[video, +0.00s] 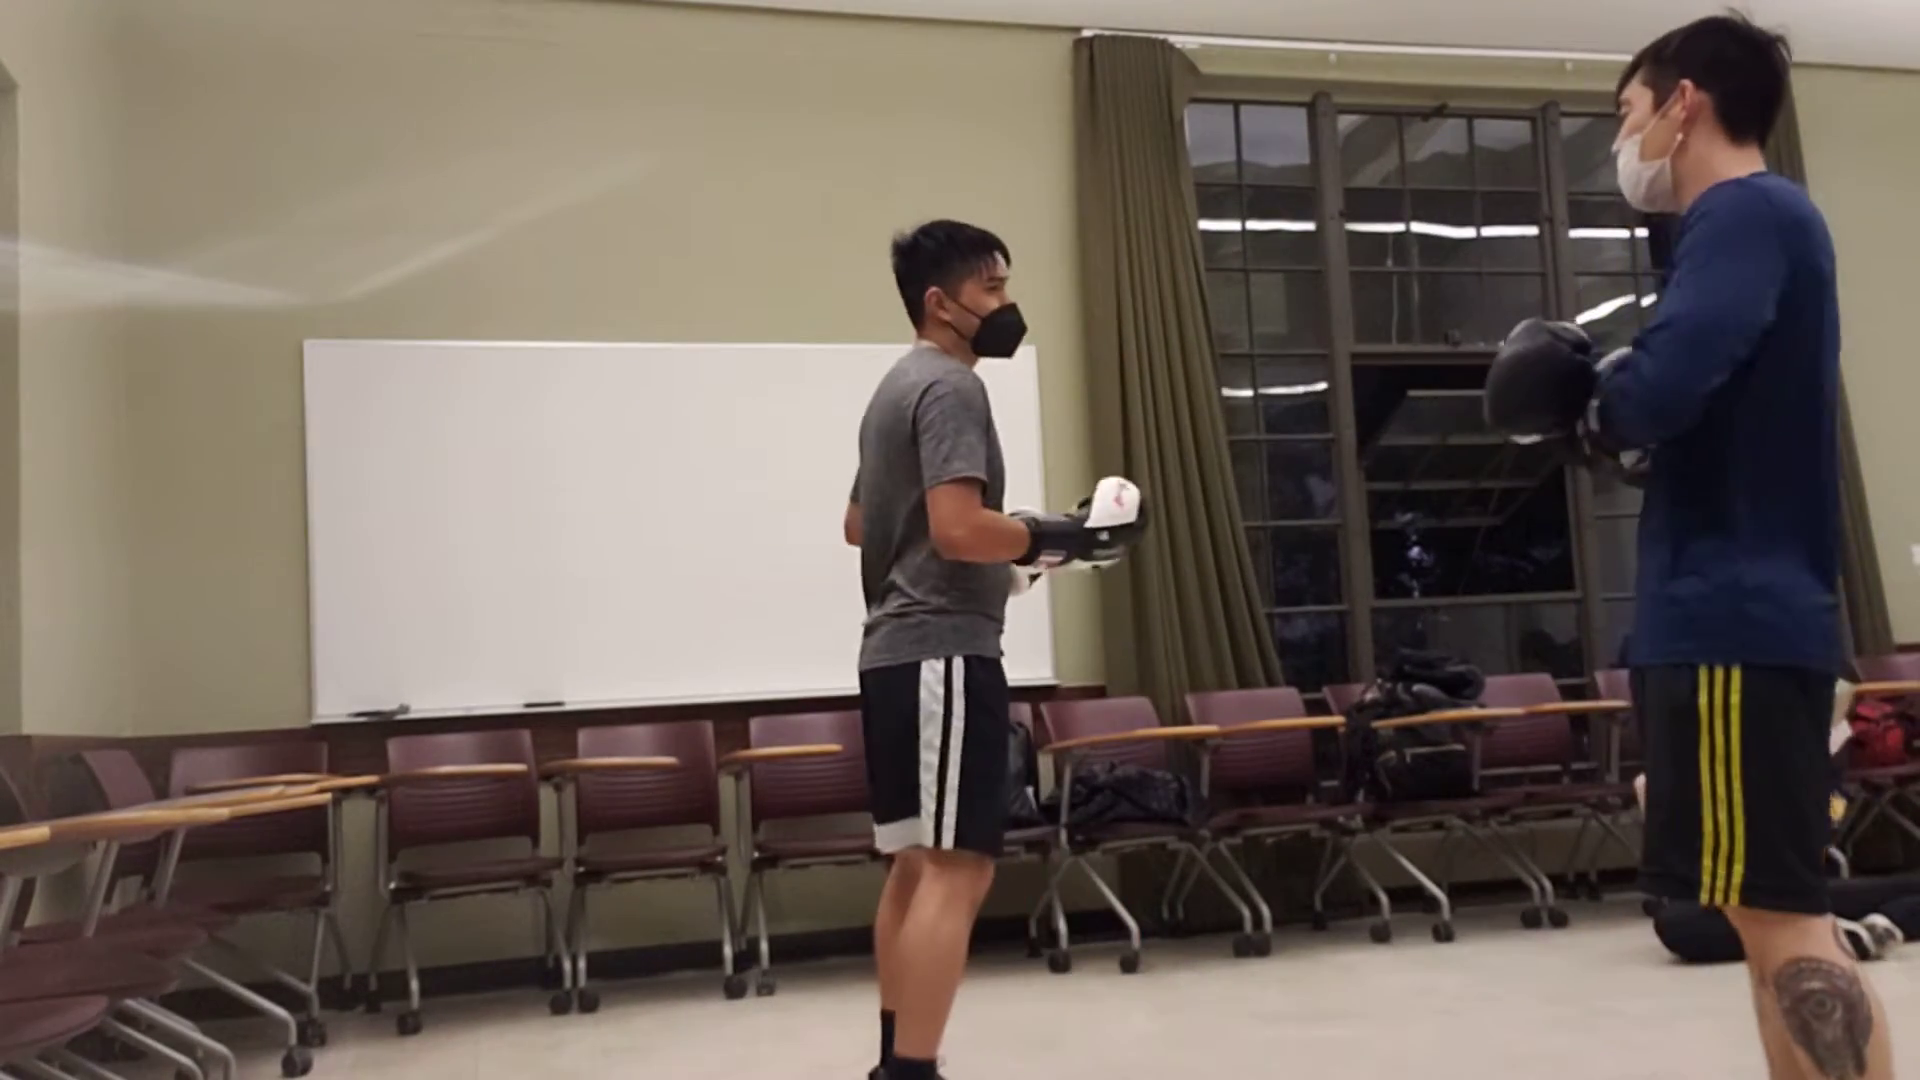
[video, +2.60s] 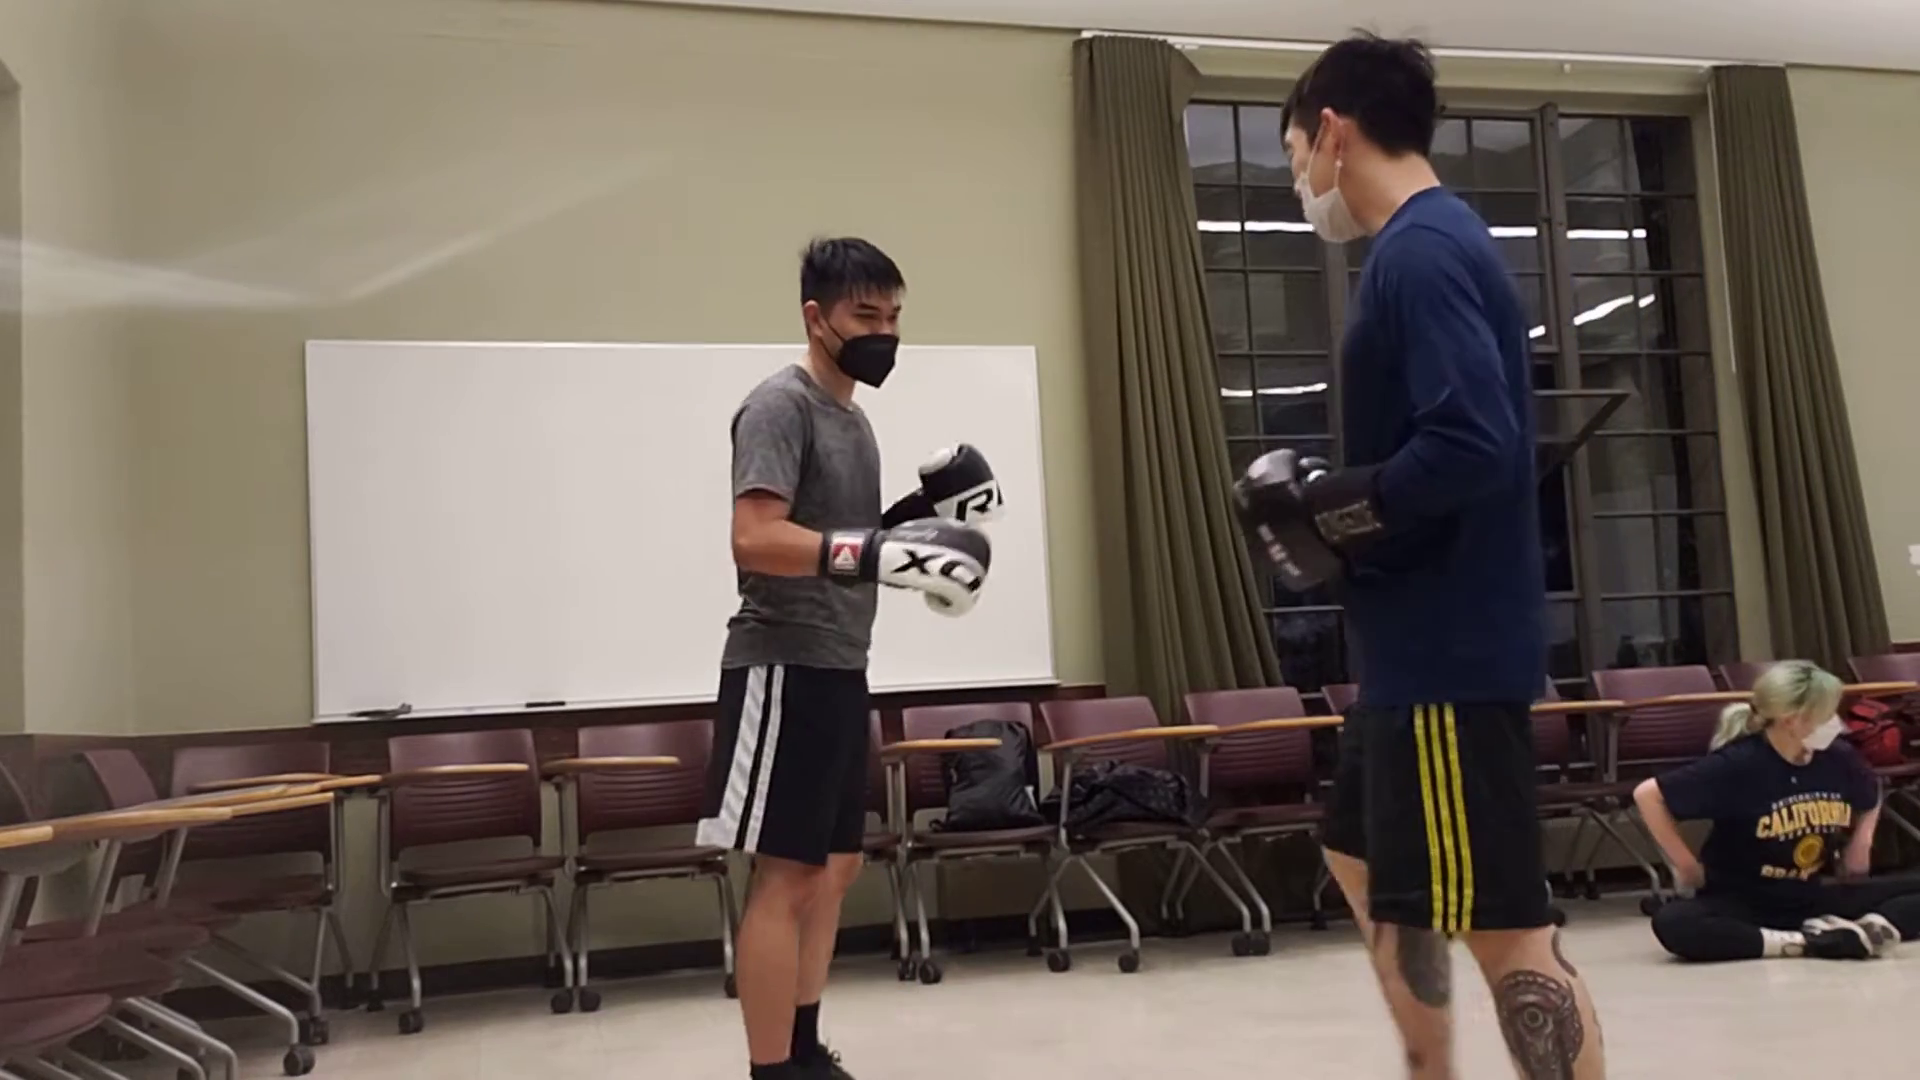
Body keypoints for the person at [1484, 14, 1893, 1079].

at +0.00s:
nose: (1620, 143)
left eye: (1628, 114)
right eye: (1619, 119)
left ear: (1687, 105)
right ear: (1709, 114)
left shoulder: (1749, 217)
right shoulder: (1736, 222)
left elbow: (1657, 397)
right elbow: (1684, 415)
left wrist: (1590, 387)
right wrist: (1597, 399)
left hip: (1743, 627)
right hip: (1725, 626)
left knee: (1775, 910)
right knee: (1768, 908)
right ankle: (1806, 1077)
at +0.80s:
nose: (1585, 129)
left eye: (1590, 101)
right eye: (1582, 107)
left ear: (1649, 85)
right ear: (1668, 92)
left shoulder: (1750, 211)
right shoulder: (1688, 229)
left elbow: (1740, 418)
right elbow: (1663, 409)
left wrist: (1582, 445)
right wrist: (1548, 443)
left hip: (1757, 636)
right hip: (1680, 633)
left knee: (1800, 917)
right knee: (1623, 856)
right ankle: (1643, 1075)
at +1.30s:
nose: (1469, 182)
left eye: (1475, 156)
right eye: (1467, 161)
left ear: (1527, 143)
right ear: (1546, 148)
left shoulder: (1613, 250)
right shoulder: (1567, 268)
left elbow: (1618, 427)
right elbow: (1552, 423)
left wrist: (1498, 478)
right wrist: (1465, 399)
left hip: (1644, 645)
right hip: (1581, 648)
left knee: (1700, 904)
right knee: (1615, 901)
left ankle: (1825, 1071)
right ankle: (1643, 1077)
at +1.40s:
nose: (1445, 195)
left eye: (1451, 169)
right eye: (1442, 176)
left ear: (1503, 154)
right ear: (1519, 161)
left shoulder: (1597, 256)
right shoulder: (1542, 287)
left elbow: (1619, 427)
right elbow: (1460, 433)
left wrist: (1499, 486)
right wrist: (1330, 395)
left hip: (1631, 637)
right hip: (1572, 640)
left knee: (1651, 891)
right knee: (1605, 893)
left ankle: (1799, 1072)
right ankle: (1646, 1076)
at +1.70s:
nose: (1399, 211)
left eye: (1403, 185)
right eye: (1394, 192)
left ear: (1456, 166)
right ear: (1470, 173)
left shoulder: (1562, 267)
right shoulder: (1507, 293)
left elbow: (1617, 439)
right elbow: (1503, 472)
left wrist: (1472, 487)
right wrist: (1333, 501)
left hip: (1598, 636)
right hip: (1553, 638)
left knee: (1591, 897)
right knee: (1595, 897)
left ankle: (1633, 1075)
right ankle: (1638, 1073)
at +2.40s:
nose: (1342, 180)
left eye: (1337, 152)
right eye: (1335, 157)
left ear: (1376, 129)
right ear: (1424, 127)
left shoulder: (1461, 254)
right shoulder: (1475, 242)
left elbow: (1491, 448)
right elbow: (1476, 443)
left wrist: (1356, 485)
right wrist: (1355, 465)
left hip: (1479, 656)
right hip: (1451, 652)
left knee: (1510, 936)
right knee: (1451, 922)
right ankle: (1546, 1076)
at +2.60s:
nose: (1300, 181)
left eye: (1296, 152)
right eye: (1296, 157)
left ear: (1333, 134)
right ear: (1396, 133)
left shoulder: (1418, 251)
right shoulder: (1444, 240)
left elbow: (1476, 444)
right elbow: (1465, 445)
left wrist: (1337, 513)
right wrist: (1334, 493)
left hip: (1450, 655)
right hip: (1420, 649)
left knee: (1505, 927)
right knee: (1359, 859)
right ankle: (1432, 1073)